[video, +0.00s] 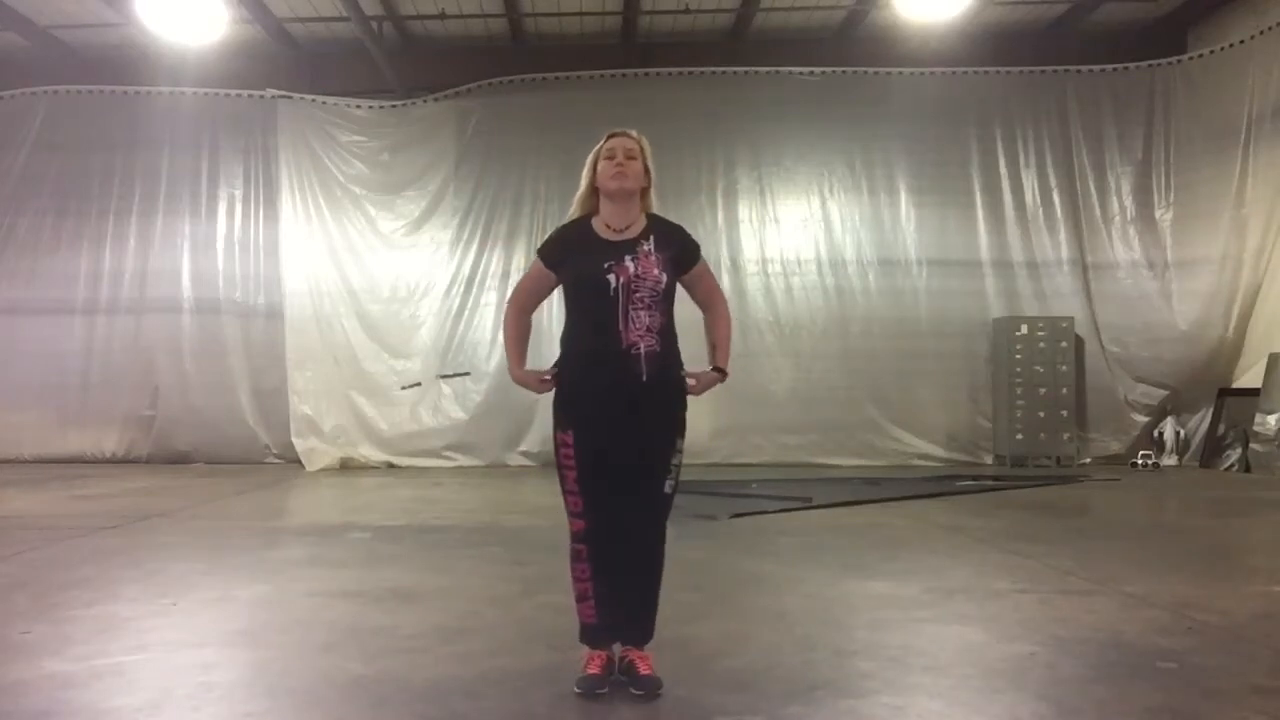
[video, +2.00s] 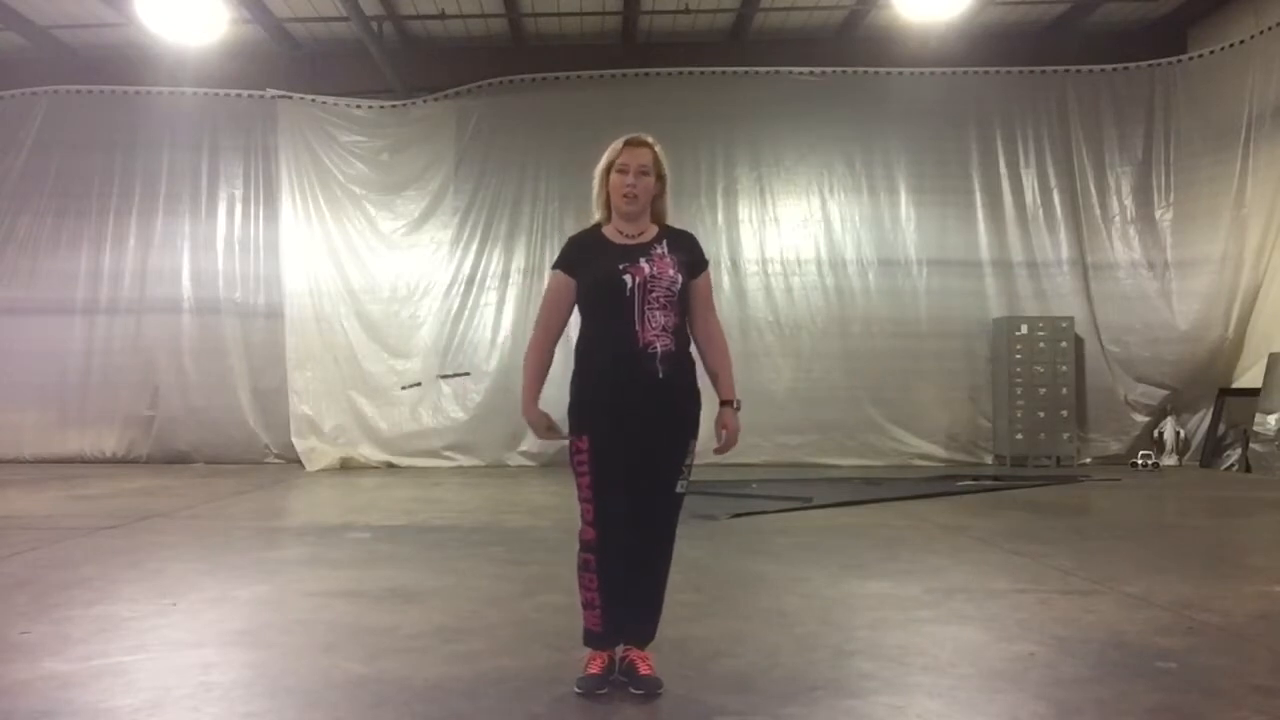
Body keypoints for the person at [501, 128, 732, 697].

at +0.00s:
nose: (619, 163)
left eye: (629, 156)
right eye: (609, 156)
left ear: (646, 173)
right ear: (594, 173)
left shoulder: (671, 240)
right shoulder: (569, 241)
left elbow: (713, 303)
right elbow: (520, 304)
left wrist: (720, 367)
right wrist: (517, 370)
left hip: (656, 403)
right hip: (585, 402)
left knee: (645, 524)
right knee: (589, 527)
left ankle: (634, 648)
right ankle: (597, 649)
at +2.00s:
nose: (632, 181)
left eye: (644, 173)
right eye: (622, 171)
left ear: (658, 183)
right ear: (606, 179)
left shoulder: (682, 247)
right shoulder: (583, 248)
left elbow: (706, 327)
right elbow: (548, 330)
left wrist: (728, 399)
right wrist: (529, 402)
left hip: (669, 410)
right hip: (600, 409)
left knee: (653, 527)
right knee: (601, 528)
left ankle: (635, 648)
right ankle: (599, 649)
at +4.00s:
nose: (639, 163)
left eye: (650, 157)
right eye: (629, 158)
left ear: (667, 175)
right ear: (614, 177)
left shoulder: (695, 245)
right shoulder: (590, 245)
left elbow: (716, 328)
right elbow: (562, 334)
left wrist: (740, 401)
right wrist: (541, 407)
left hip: (675, 411)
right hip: (605, 409)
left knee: (657, 528)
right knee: (604, 527)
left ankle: (637, 648)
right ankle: (599, 650)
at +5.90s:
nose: (632, 162)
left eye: (642, 155)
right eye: (621, 154)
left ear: (657, 170)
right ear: (603, 168)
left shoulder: (682, 239)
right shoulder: (578, 242)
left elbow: (702, 325)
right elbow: (551, 333)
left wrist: (722, 396)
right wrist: (531, 411)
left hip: (668, 406)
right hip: (598, 408)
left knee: (668, 526)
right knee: (607, 534)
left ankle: (671, 649)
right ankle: (619, 659)